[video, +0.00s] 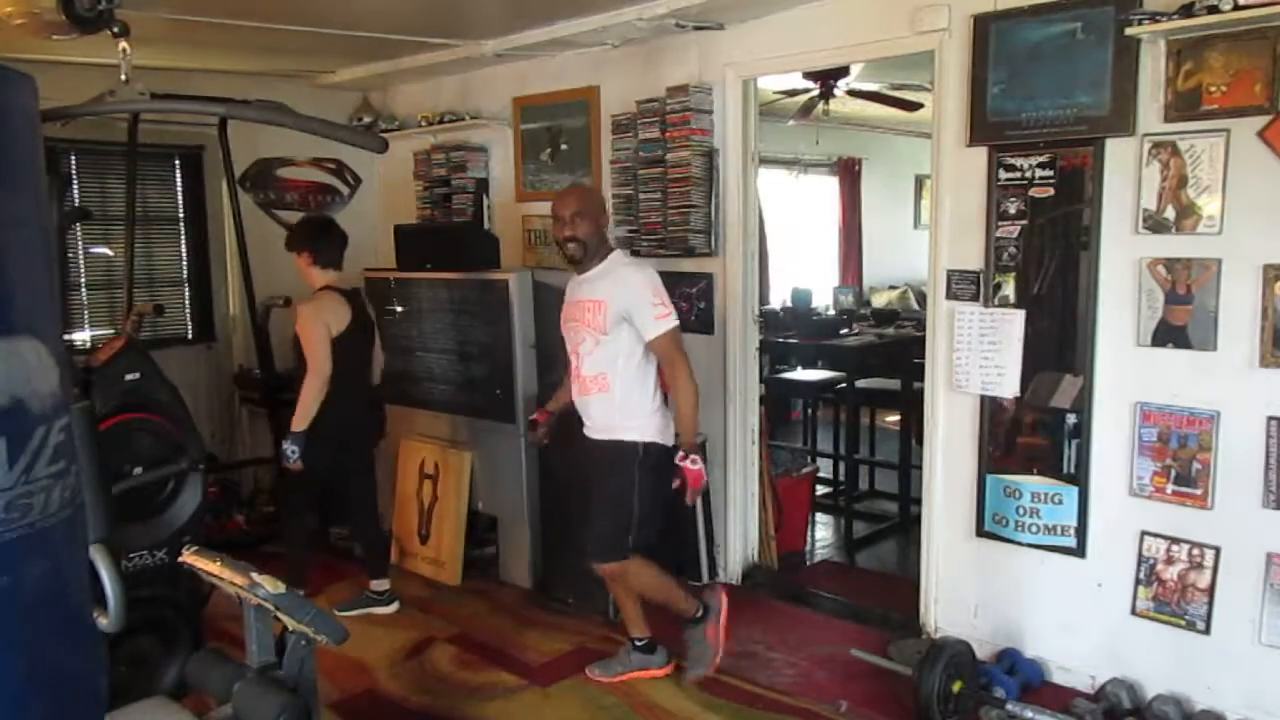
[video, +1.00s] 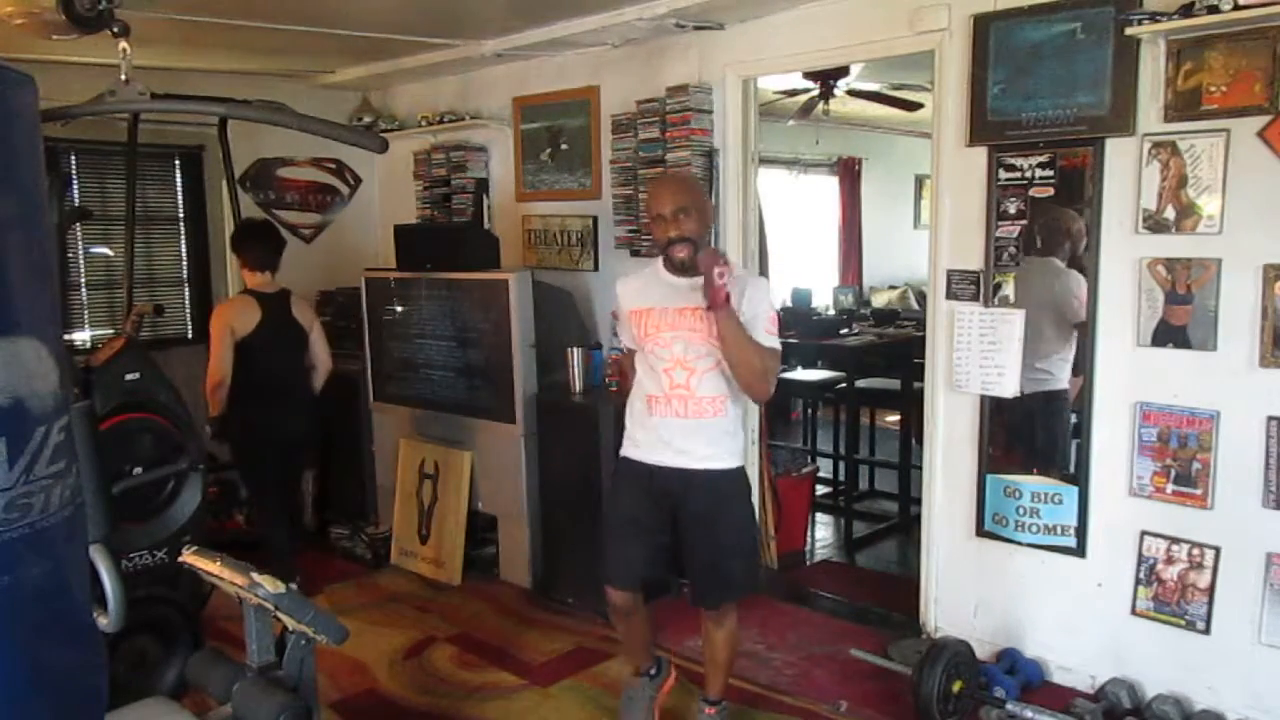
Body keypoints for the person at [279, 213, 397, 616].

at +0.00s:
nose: (297, 263)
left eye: (297, 256)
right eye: (297, 256)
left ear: (307, 258)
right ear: (337, 254)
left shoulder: (312, 310)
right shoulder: (359, 301)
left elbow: (319, 374)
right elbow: (376, 364)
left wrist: (295, 432)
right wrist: (358, 395)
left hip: (326, 422)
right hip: (361, 417)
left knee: (303, 503)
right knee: (363, 502)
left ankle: (295, 587)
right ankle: (380, 587)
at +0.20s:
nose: (278, 258)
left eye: (280, 252)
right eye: (280, 251)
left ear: (286, 256)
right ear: (322, 253)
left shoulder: (288, 309)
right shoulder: (347, 303)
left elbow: (294, 375)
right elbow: (363, 362)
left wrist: (279, 437)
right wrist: (363, 409)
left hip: (307, 427)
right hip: (349, 420)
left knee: (292, 513)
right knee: (359, 500)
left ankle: (290, 591)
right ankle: (377, 584)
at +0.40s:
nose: (260, 259)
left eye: (260, 253)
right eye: (262, 252)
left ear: (266, 257)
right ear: (303, 253)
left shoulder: (264, 308)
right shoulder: (327, 302)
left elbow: (262, 374)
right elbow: (346, 363)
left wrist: (241, 430)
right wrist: (346, 414)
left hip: (283, 426)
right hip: (327, 419)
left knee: (283, 506)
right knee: (330, 495)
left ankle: (289, 590)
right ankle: (366, 568)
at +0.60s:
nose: (246, 260)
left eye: (247, 254)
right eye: (249, 254)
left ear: (250, 257)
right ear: (287, 256)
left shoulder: (243, 308)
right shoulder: (314, 303)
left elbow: (235, 371)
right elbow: (335, 365)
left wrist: (210, 420)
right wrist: (324, 402)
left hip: (266, 418)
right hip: (312, 414)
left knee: (275, 496)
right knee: (294, 487)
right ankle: (319, 557)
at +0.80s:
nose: (238, 261)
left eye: (238, 256)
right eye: (241, 256)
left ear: (242, 259)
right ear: (279, 256)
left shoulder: (232, 310)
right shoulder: (303, 304)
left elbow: (221, 372)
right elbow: (330, 362)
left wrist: (217, 414)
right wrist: (312, 398)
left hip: (255, 424)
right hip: (299, 419)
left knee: (270, 505)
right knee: (290, 500)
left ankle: (284, 583)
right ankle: (291, 578)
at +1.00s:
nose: (237, 263)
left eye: (237, 257)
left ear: (241, 261)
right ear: (278, 259)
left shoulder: (228, 313)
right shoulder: (300, 308)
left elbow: (219, 377)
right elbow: (323, 364)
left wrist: (217, 417)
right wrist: (303, 398)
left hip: (250, 424)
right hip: (294, 419)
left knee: (265, 504)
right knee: (289, 499)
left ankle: (279, 580)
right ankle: (290, 574)